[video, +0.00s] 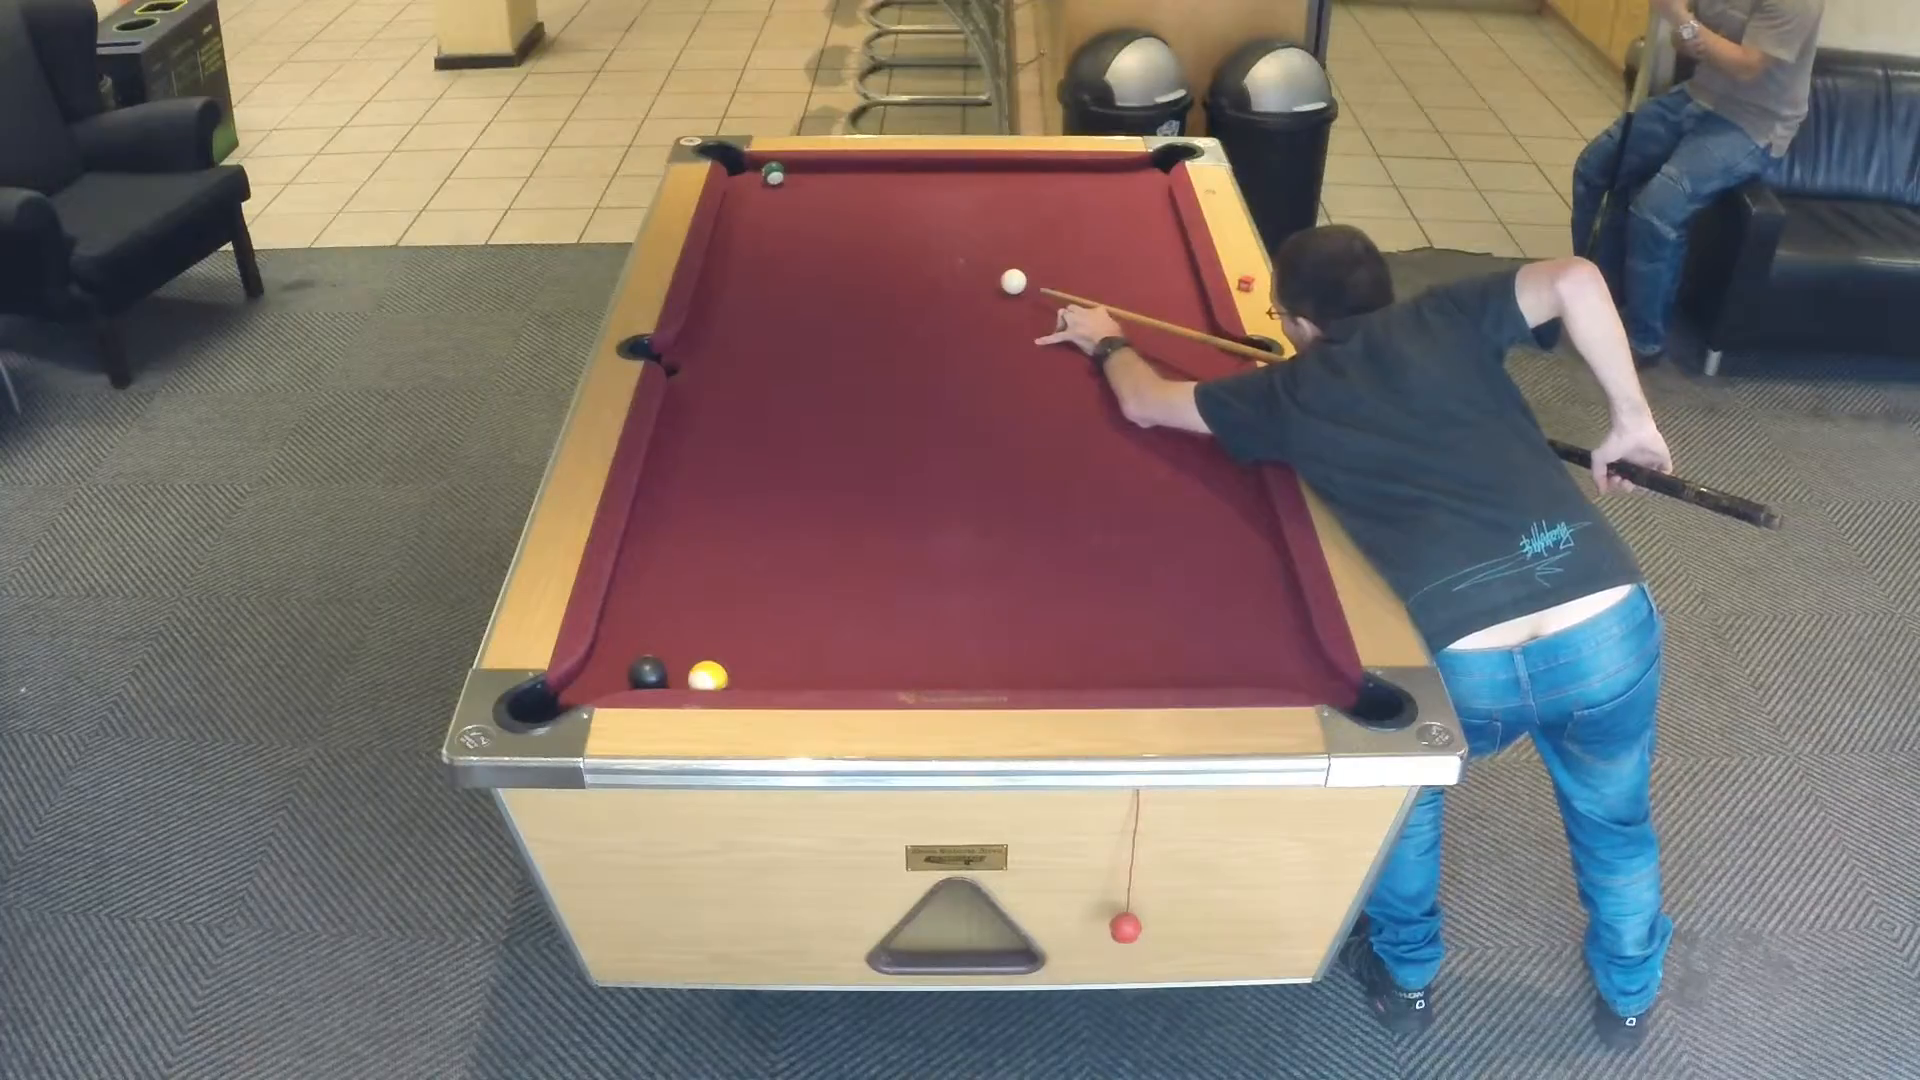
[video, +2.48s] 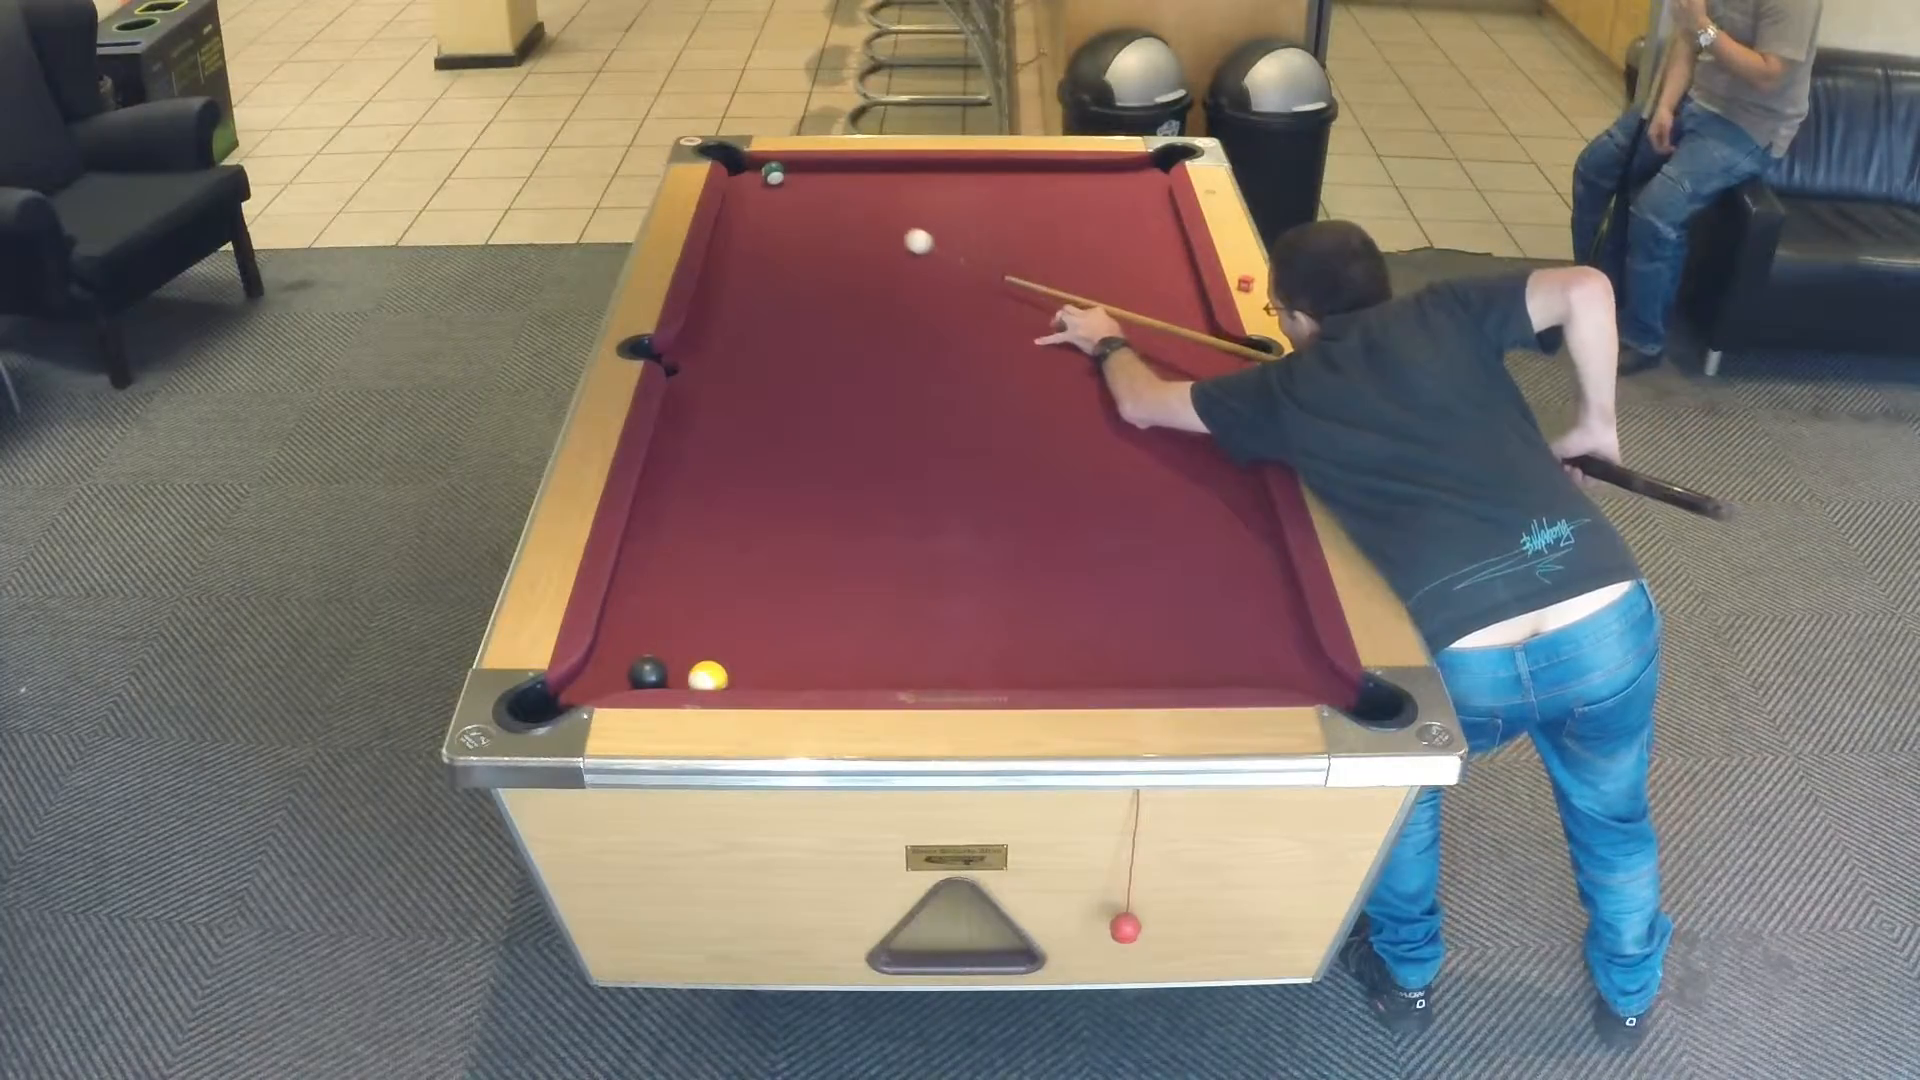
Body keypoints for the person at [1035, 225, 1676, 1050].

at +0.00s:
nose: (1281, 324)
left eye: (1283, 311)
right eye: (1281, 311)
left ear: (1300, 323)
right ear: (1386, 295)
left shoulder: (1289, 392)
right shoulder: (1451, 317)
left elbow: (1147, 401)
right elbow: (1574, 278)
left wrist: (1106, 340)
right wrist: (1635, 415)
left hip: (1468, 660)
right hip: (1607, 624)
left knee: (1401, 775)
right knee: (1617, 822)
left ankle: (1406, 971)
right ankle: (1631, 992)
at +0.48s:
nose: (1278, 321)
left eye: (1281, 309)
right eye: (1278, 308)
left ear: (1300, 323)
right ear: (1385, 296)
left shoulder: (1287, 392)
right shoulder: (1448, 316)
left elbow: (1145, 400)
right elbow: (1575, 277)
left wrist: (1106, 341)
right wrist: (1635, 413)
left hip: (1467, 660)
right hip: (1608, 624)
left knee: (1398, 772)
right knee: (1617, 821)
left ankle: (1407, 970)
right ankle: (1631, 991)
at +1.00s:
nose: (1279, 320)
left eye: (1281, 307)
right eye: (1280, 306)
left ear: (1299, 321)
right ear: (1385, 291)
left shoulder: (1287, 393)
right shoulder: (1452, 316)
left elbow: (1144, 398)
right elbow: (1577, 280)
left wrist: (1105, 341)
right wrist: (1644, 417)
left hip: (1465, 662)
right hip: (1606, 626)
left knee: (1400, 770)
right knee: (1617, 821)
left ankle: (1407, 966)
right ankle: (1630, 989)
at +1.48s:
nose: (1280, 321)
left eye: (1282, 310)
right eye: (1282, 308)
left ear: (1305, 322)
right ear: (1386, 289)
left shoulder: (1287, 392)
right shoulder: (1452, 312)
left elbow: (1147, 401)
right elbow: (1581, 284)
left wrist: (1108, 340)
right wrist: (1662, 420)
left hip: (1464, 664)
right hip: (1606, 621)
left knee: (1404, 776)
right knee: (1617, 819)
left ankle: (1408, 965)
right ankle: (1632, 988)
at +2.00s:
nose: (1278, 318)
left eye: (1280, 306)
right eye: (1278, 306)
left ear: (1299, 318)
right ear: (1383, 290)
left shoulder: (1287, 389)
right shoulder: (1448, 313)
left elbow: (1145, 399)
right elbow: (1578, 280)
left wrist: (1106, 341)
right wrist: (1639, 416)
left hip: (1466, 659)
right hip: (1607, 622)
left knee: (1396, 771)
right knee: (1616, 820)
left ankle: (1408, 966)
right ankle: (1631, 991)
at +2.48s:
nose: (1279, 320)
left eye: (1281, 307)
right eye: (1279, 307)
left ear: (1297, 318)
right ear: (1386, 290)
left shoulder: (1285, 388)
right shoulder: (1452, 312)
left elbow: (1144, 400)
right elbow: (1585, 287)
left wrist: (1106, 342)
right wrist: (1598, 418)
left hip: (1470, 661)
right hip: (1607, 622)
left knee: (1394, 762)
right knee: (1615, 819)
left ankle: (1408, 966)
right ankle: (1631, 988)